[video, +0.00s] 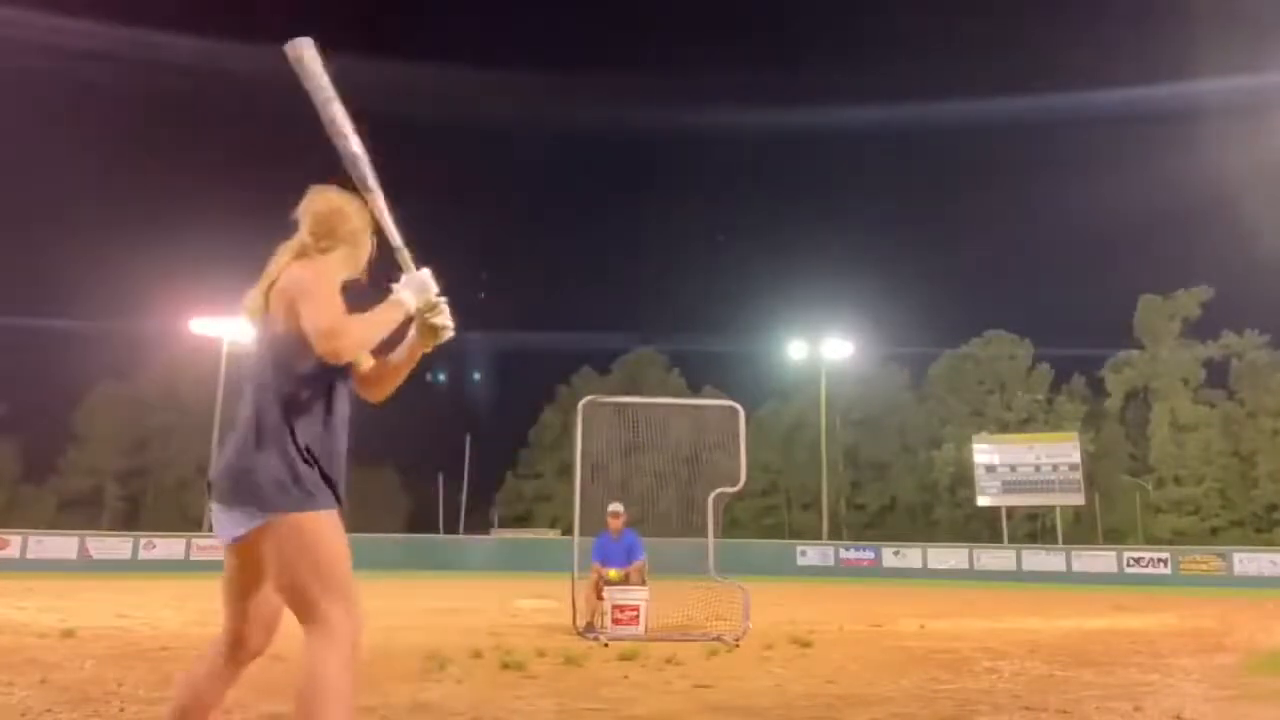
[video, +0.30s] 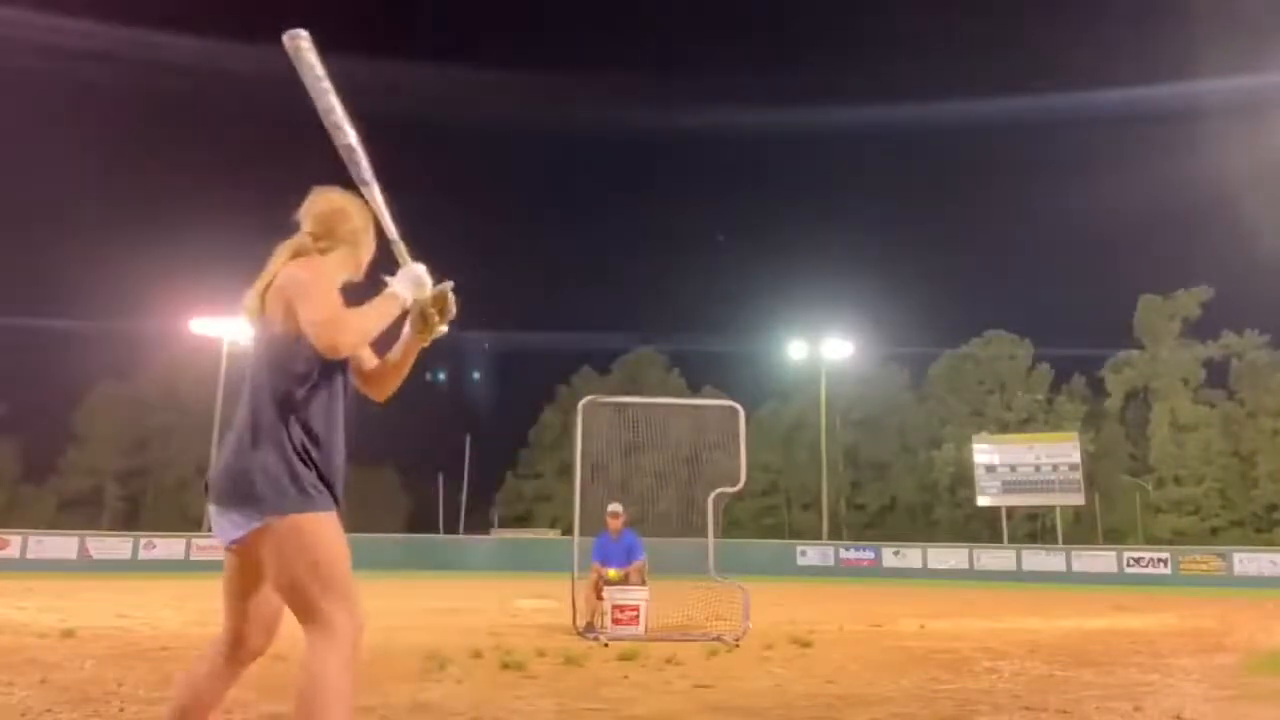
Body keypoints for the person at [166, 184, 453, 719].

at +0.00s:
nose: (369, 254)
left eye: (370, 243)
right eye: (367, 242)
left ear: (311, 231)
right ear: (352, 236)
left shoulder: (294, 285)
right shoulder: (310, 274)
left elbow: (373, 386)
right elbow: (334, 342)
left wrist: (417, 342)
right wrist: (401, 300)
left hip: (249, 476)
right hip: (284, 477)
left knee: (243, 638)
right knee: (335, 624)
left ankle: (179, 713)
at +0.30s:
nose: (372, 257)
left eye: (373, 246)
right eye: (370, 244)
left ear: (315, 233)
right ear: (353, 237)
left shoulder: (311, 293)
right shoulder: (305, 273)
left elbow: (376, 384)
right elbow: (333, 337)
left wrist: (416, 334)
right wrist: (398, 293)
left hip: (250, 475)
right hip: (278, 476)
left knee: (244, 638)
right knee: (336, 625)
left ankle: (177, 713)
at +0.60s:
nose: (372, 259)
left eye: (373, 250)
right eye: (370, 247)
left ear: (316, 234)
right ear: (354, 236)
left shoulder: (318, 296)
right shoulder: (302, 270)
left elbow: (385, 379)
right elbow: (330, 333)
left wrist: (416, 323)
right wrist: (388, 282)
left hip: (248, 476)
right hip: (275, 476)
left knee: (245, 640)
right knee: (339, 626)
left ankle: (177, 714)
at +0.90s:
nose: (370, 266)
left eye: (371, 259)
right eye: (368, 256)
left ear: (316, 237)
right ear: (354, 244)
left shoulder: (317, 296)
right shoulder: (305, 272)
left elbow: (392, 375)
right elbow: (335, 335)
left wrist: (419, 313)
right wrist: (385, 284)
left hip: (247, 475)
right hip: (274, 475)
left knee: (247, 640)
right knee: (341, 627)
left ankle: (177, 714)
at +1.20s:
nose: (398, 266)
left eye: (401, 258)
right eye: (398, 255)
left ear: (343, 234)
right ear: (388, 247)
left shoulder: (338, 292)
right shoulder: (336, 269)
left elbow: (413, 379)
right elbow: (353, 337)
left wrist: (445, 319)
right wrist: (411, 293)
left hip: (261, 476)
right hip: (286, 477)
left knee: (248, 638)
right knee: (351, 630)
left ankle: (176, 714)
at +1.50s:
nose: (442, 286)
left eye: (446, 277)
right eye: (443, 272)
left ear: (406, 255)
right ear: (426, 257)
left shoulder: (396, 315)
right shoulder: (362, 272)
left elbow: (427, 398)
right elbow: (353, 335)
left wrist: (468, 358)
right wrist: (446, 318)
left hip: (335, 484)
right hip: (289, 485)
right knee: (369, 629)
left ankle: (298, 709)